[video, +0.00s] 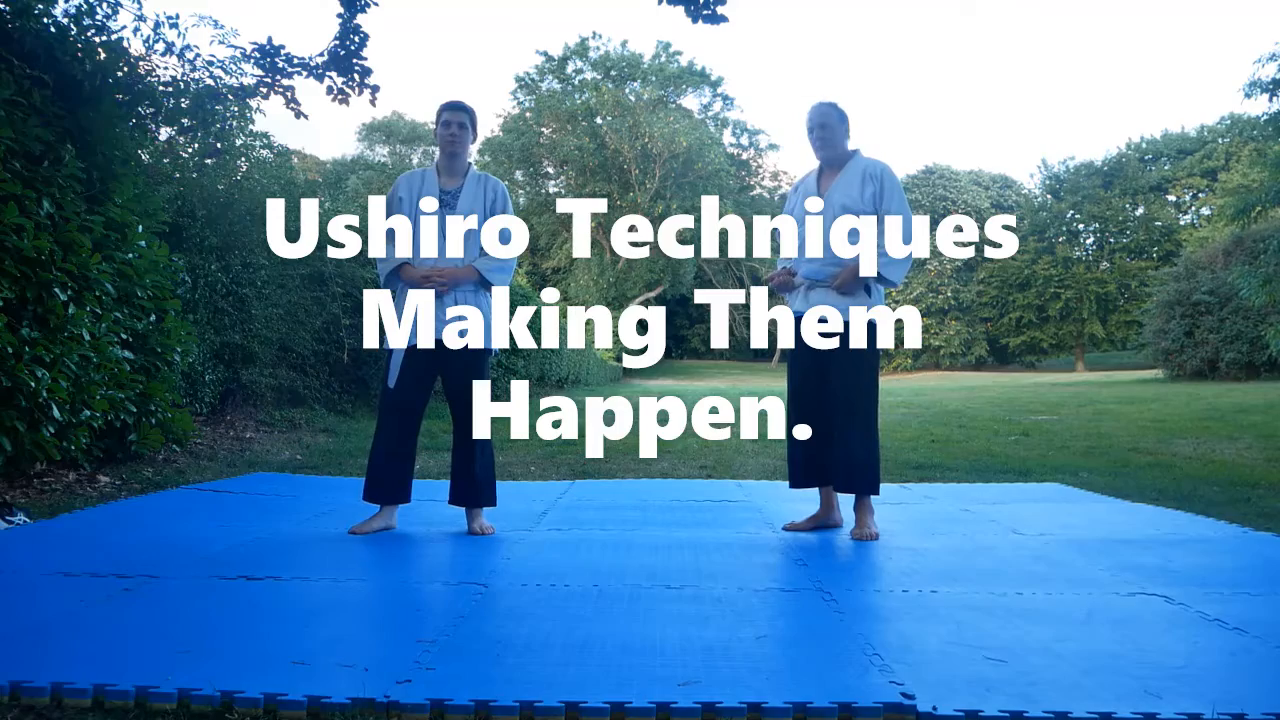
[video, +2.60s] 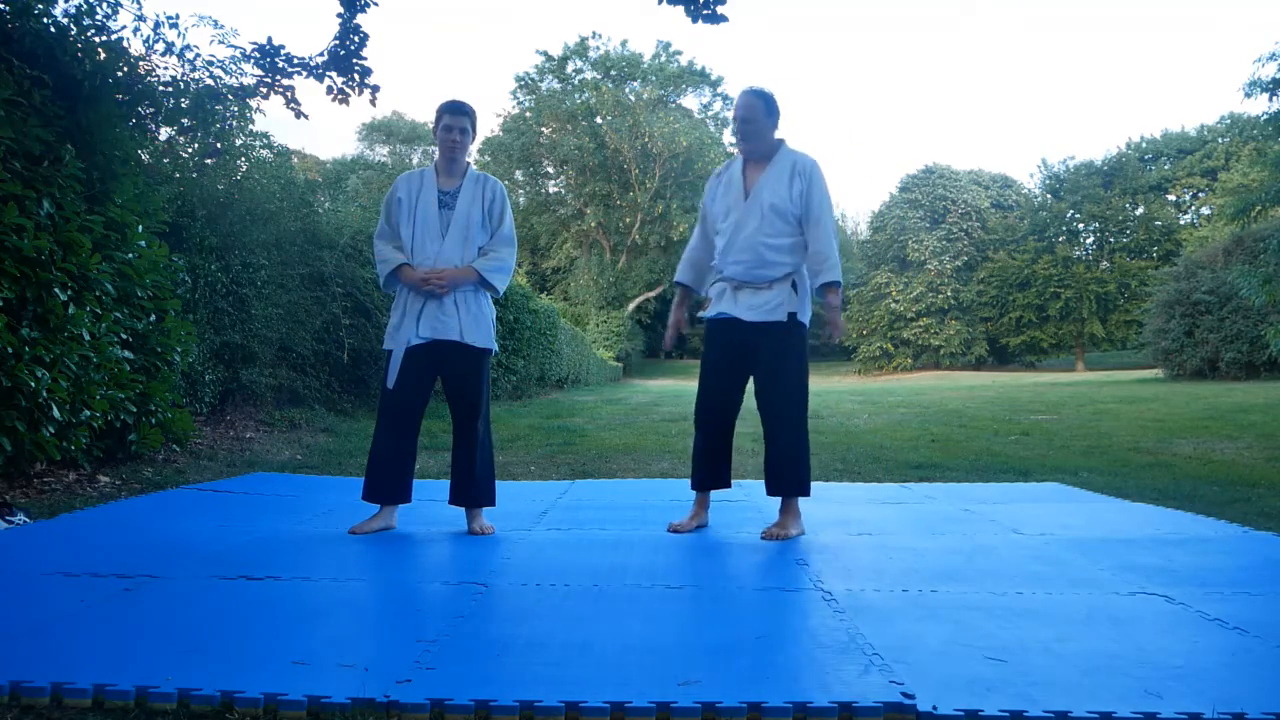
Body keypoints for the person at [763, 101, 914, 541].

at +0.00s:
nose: (818, 136)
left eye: (825, 128)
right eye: (812, 130)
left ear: (846, 131)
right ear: (806, 137)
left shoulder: (875, 174)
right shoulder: (799, 189)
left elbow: (898, 237)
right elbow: (789, 249)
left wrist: (857, 268)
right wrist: (782, 277)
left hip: (856, 311)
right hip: (807, 310)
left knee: (856, 408)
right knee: (812, 408)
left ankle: (864, 510)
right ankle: (828, 507)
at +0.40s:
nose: (816, 137)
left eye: (824, 129)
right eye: (810, 131)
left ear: (846, 130)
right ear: (806, 137)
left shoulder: (873, 175)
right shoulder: (801, 191)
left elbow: (902, 232)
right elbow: (782, 254)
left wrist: (923, 258)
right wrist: (753, 289)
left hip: (855, 309)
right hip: (806, 310)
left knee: (855, 408)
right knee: (812, 408)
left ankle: (863, 509)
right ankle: (828, 507)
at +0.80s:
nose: (813, 135)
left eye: (821, 128)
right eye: (808, 130)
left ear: (842, 132)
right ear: (803, 138)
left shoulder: (871, 175)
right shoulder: (797, 190)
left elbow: (892, 239)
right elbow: (779, 256)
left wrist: (878, 295)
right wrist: (772, 303)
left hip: (853, 305)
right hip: (803, 308)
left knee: (854, 406)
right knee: (811, 407)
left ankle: (864, 508)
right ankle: (827, 506)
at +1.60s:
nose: (797, 134)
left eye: (805, 126)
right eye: (792, 128)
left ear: (827, 127)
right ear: (787, 133)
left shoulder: (856, 171)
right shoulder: (786, 184)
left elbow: (877, 234)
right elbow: (770, 247)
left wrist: (882, 296)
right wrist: (759, 307)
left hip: (831, 304)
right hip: (785, 305)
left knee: (811, 405)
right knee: (796, 406)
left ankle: (793, 508)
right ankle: (828, 505)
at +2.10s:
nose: (771, 131)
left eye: (780, 122)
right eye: (768, 123)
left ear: (808, 122)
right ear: (768, 126)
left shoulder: (835, 165)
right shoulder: (767, 180)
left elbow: (850, 231)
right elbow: (750, 244)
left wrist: (829, 290)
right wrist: (726, 302)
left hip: (809, 307)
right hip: (761, 307)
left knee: (800, 408)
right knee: (741, 401)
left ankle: (792, 512)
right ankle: (782, 487)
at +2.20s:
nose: (767, 130)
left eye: (775, 122)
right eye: (764, 123)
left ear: (803, 121)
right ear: (766, 125)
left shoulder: (832, 165)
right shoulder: (763, 179)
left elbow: (848, 231)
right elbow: (746, 243)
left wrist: (825, 290)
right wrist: (726, 301)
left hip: (807, 306)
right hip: (757, 306)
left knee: (799, 410)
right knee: (735, 403)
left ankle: (791, 514)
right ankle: (751, 497)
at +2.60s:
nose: (738, 129)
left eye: (747, 121)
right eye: (734, 121)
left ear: (774, 123)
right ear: (732, 124)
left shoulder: (802, 169)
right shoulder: (721, 178)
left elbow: (822, 236)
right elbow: (700, 245)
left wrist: (832, 301)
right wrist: (678, 305)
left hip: (781, 305)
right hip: (725, 306)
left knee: (783, 411)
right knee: (711, 409)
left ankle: (789, 514)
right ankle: (699, 508)